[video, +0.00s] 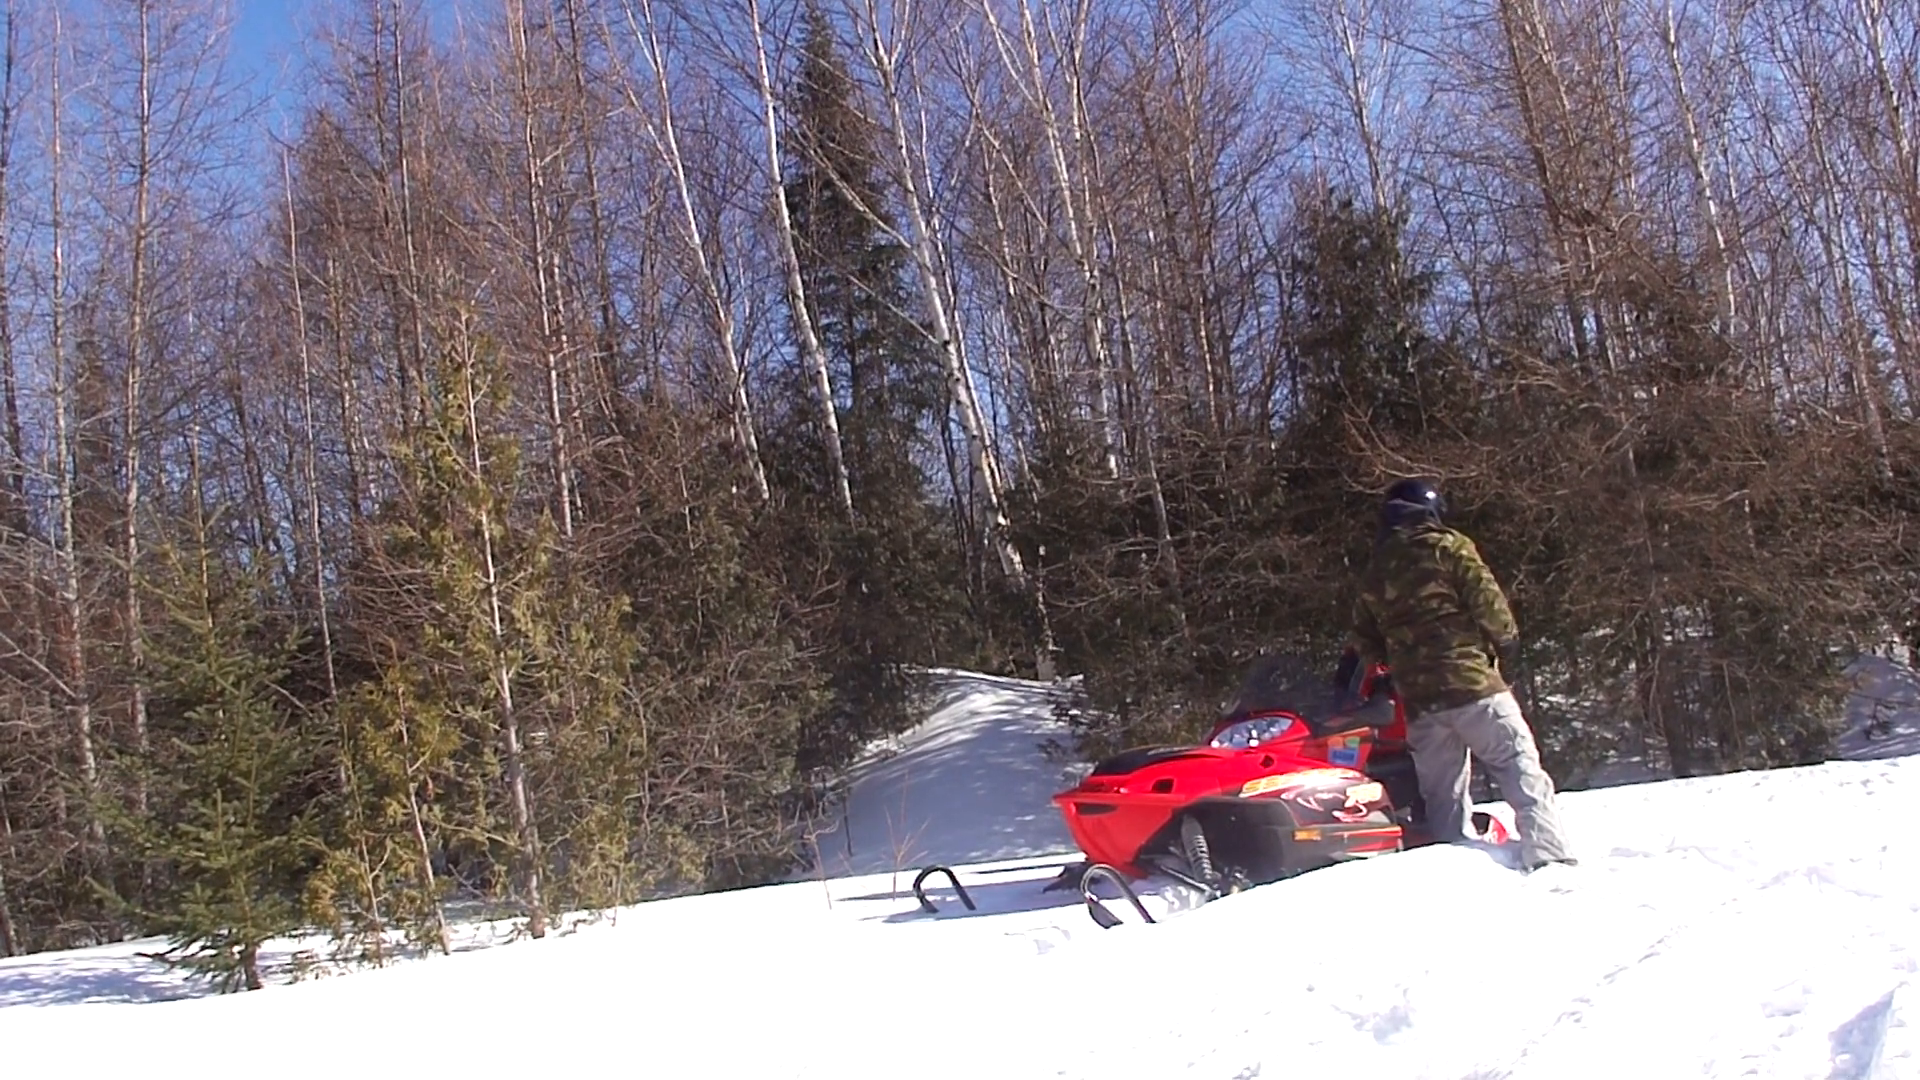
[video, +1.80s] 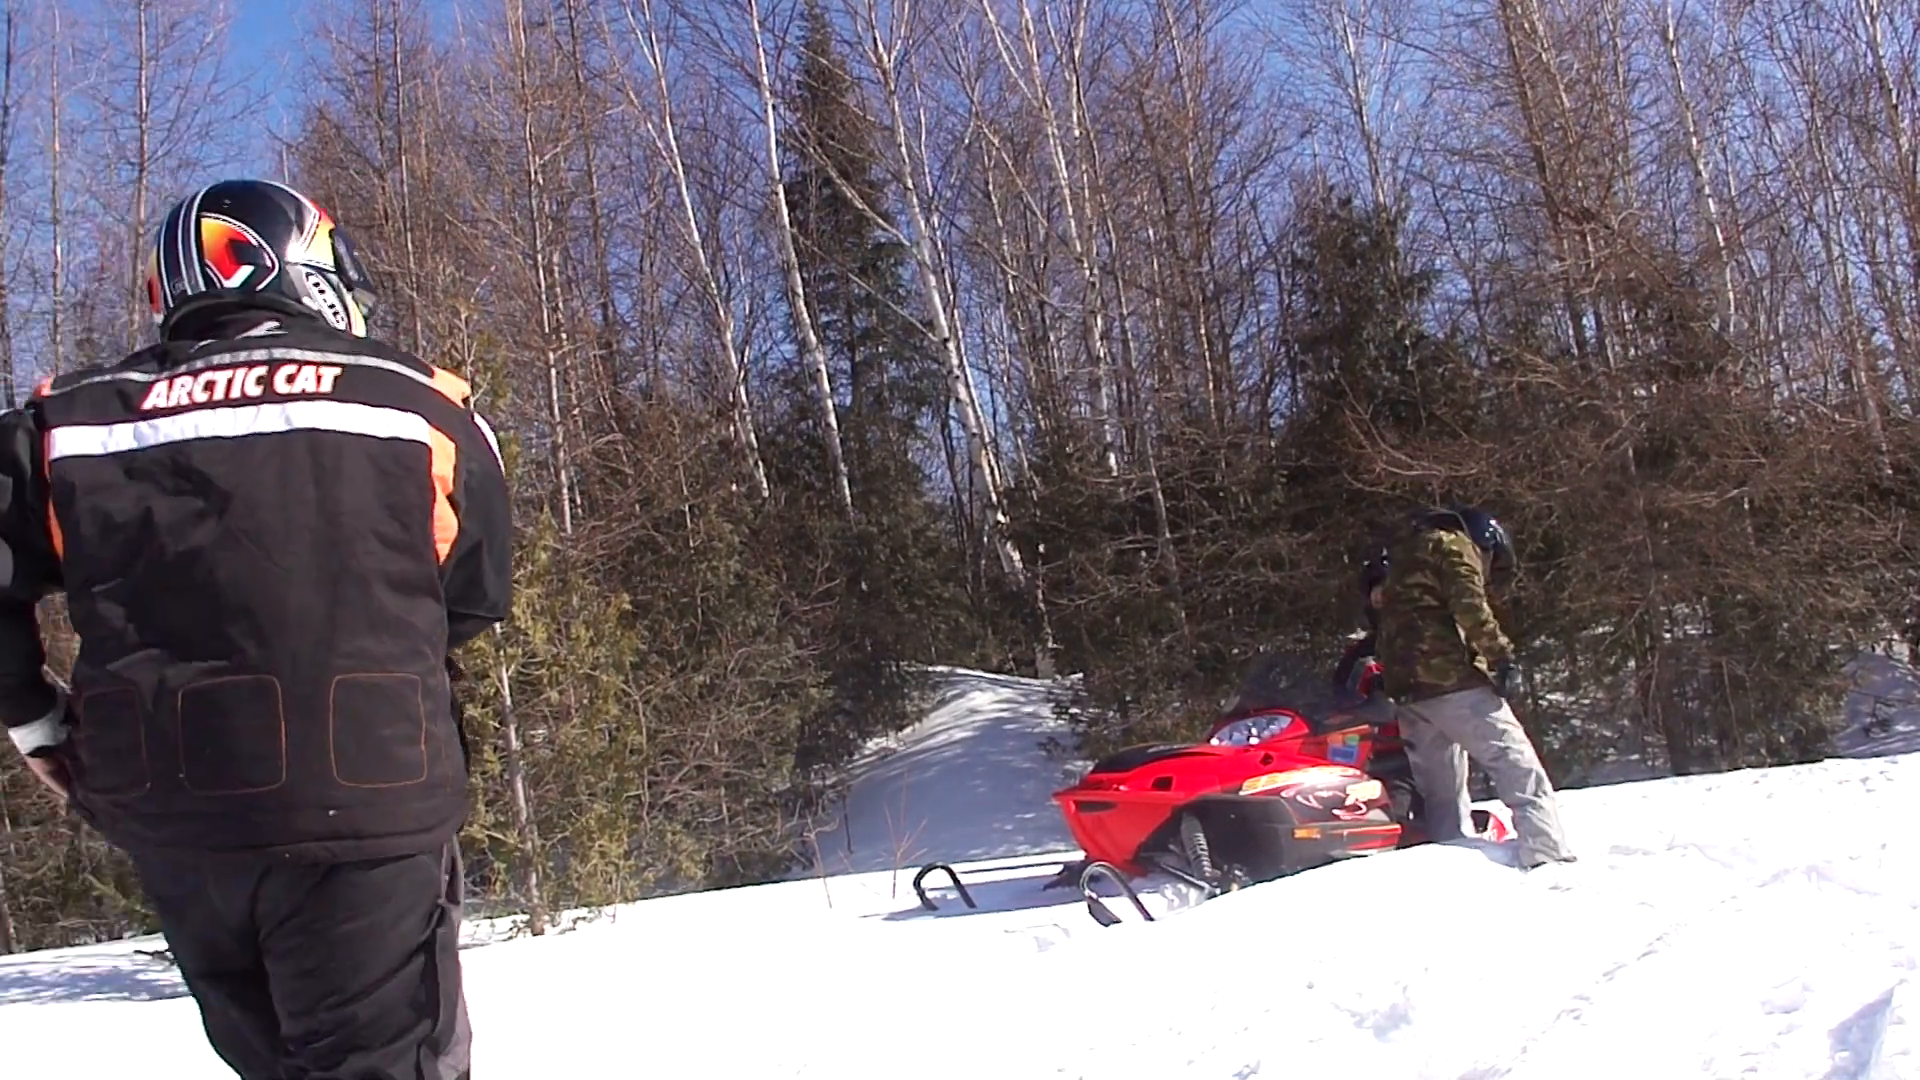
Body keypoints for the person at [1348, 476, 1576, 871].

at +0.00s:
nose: (1442, 516)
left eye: (1438, 511)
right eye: (1437, 509)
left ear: (1390, 516)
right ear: (1429, 511)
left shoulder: (1375, 567)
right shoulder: (1449, 544)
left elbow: (1365, 636)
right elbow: (1492, 609)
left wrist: (1398, 660)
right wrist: (1507, 647)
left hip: (1419, 698)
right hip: (1472, 684)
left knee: (1442, 802)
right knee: (1517, 762)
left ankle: (1451, 878)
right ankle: (1546, 854)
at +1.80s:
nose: (1486, 565)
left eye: (1491, 560)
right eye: (1489, 557)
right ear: (1482, 537)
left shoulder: (1403, 553)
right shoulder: (1452, 546)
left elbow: (1389, 621)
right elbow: (1470, 609)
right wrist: (1503, 658)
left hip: (1406, 690)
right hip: (1452, 680)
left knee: (1441, 793)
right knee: (1515, 762)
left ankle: (1452, 871)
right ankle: (1545, 856)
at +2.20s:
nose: (1529, 559)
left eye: (1536, 553)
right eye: (1534, 548)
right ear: (1520, 529)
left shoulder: (1447, 549)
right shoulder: (1480, 541)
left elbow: (1430, 621)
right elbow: (1481, 604)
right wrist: (1506, 663)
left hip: (1433, 687)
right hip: (1471, 679)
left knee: (1458, 789)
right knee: (1541, 748)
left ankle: (1464, 867)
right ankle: (1584, 845)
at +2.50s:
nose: (1593, 553)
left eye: (1598, 545)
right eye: (1595, 541)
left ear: (1564, 524)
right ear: (1577, 526)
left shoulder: (1512, 544)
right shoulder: (1536, 547)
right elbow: (1525, 616)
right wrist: (1549, 678)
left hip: (1476, 683)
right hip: (1510, 680)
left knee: (1484, 783)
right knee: (1585, 745)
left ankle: (1472, 863)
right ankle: (1600, 850)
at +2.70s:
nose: (1635, 543)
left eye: (1640, 535)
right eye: (1635, 532)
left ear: (1608, 520)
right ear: (1615, 522)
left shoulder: (1547, 538)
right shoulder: (1572, 546)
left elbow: (1511, 609)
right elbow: (1560, 616)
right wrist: (1590, 678)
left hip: (1508, 675)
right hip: (1539, 674)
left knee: (1513, 770)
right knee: (1608, 745)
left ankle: (1482, 854)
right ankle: (1599, 854)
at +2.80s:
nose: (1647, 529)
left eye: (1651, 520)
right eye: (1645, 517)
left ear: (1615, 509)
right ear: (1623, 510)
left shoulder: (1582, 534)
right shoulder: (1580, 537)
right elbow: (1567, 609)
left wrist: (1601, 661)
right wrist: (1602, 669)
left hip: (1519, 665)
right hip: (1544, 665)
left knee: (1546, 751)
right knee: (1608, 744)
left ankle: (1483, 836)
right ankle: (1599, 853)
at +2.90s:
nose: (1649, 518)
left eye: (1652, 509)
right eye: (1646, 506)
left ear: (1620, 499)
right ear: (1623, 499)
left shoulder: (1597, 532)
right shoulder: (1578, 528)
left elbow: (1593, 604)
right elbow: (1567, 598)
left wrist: (1608, 654)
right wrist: (1603, 657)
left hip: (1546, 657)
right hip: (1550, 656)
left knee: (1575, 747)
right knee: (1607, 745)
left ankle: (1490, 809)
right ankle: (1598, 853)